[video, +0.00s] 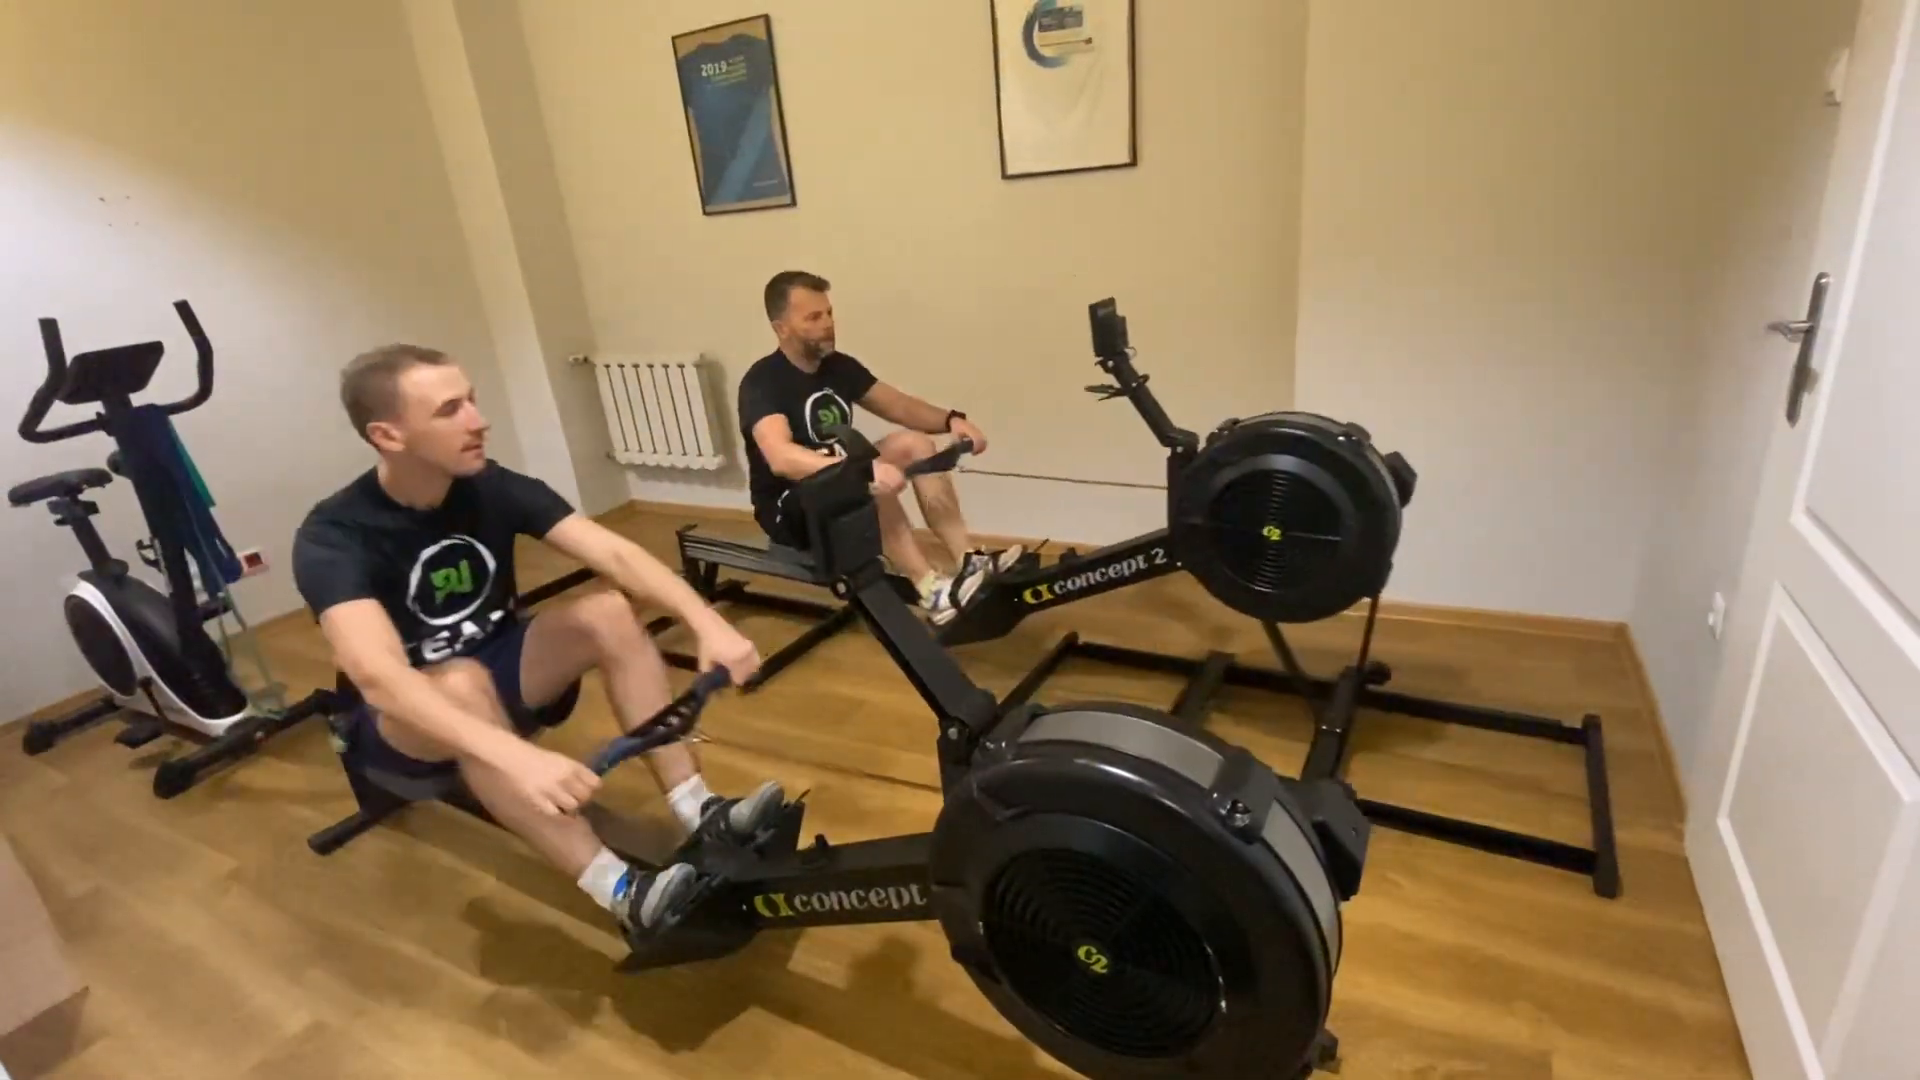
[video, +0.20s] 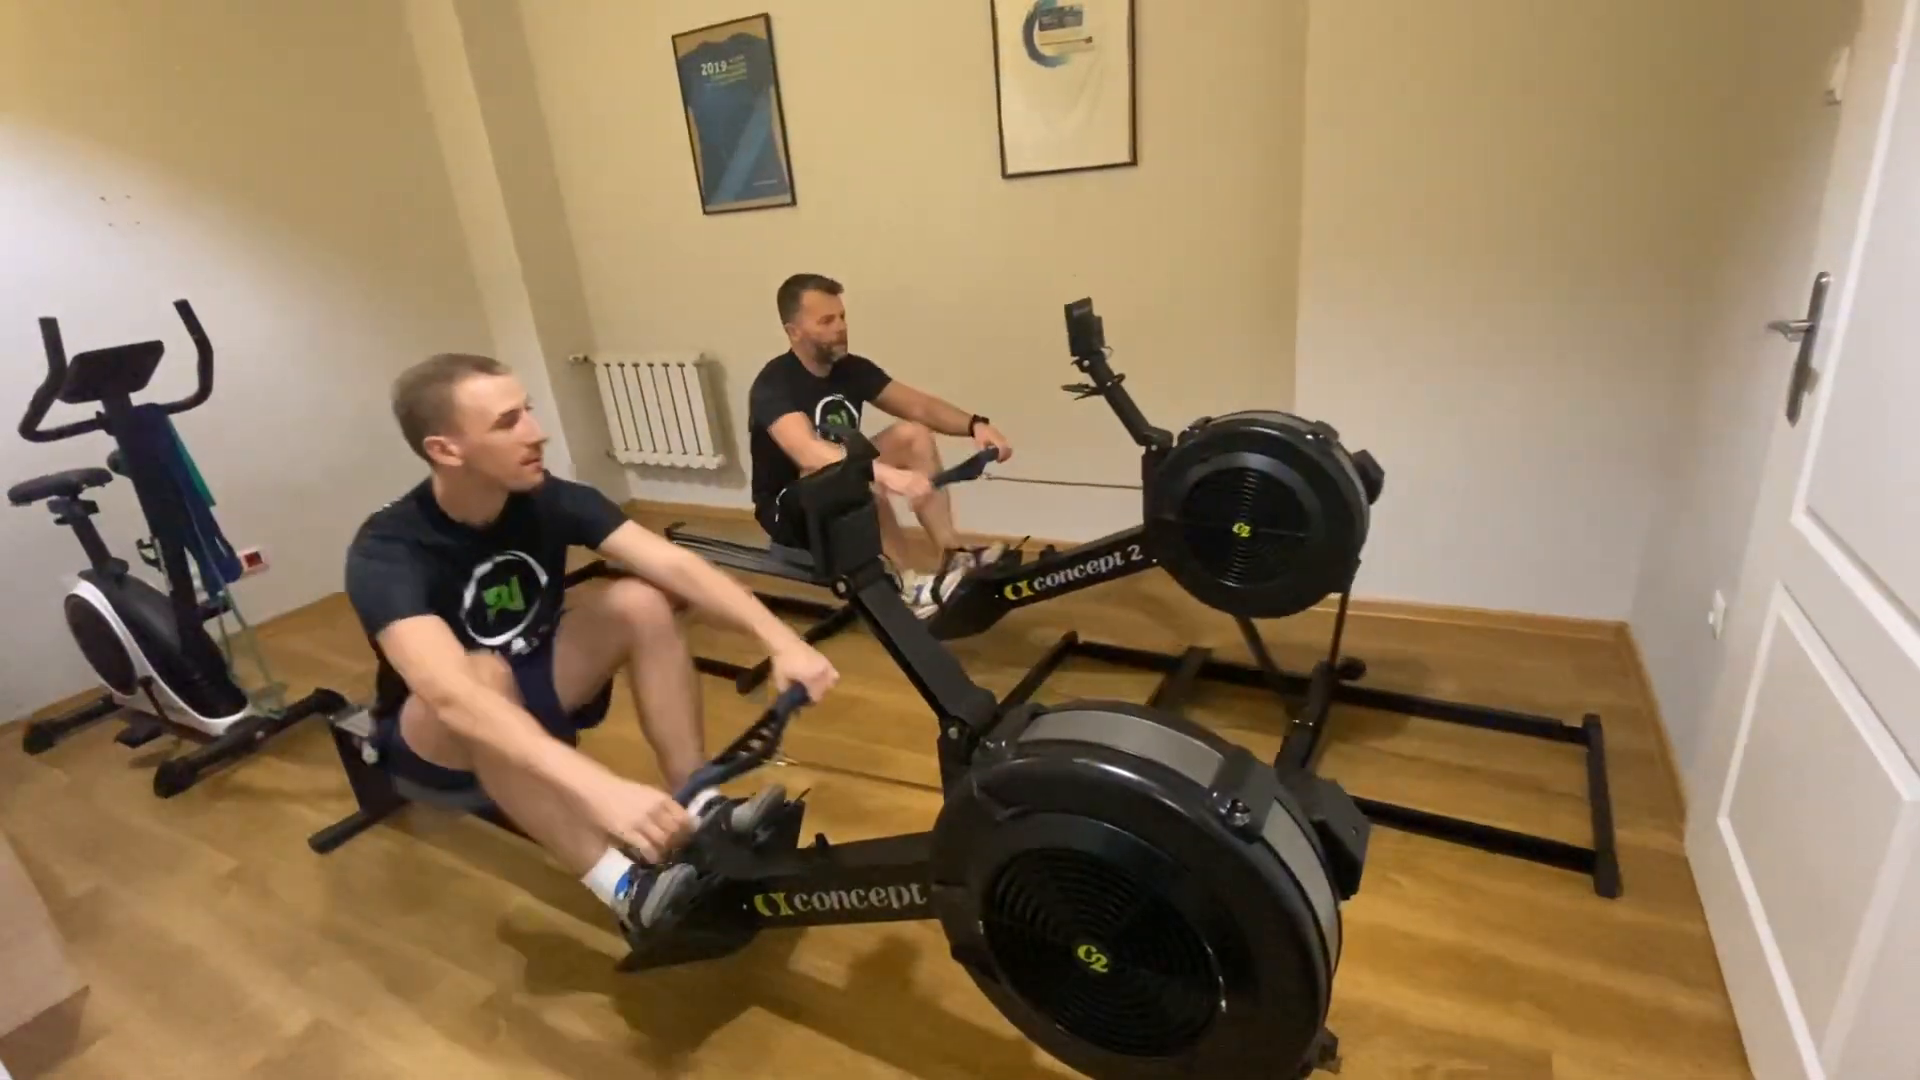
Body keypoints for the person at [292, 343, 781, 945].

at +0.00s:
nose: (478, 421)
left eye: (470, 401)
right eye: (450, 411)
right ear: (387, 437)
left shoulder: (492, 489)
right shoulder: (334, 539)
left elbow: (615, 553)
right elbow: (383, 679)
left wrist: (706, 622)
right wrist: (517, 758)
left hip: (498, 671)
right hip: (403, 714)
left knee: (609, 612)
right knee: (462, 680)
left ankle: (701, 815)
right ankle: (626, 892)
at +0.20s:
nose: (536, 431)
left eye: (528, 412)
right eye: (508, 422)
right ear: (445, 451)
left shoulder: (550, 500)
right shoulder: (387, 553)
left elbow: (673, 566)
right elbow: (456, 698)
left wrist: (780, 639)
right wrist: (602, 791)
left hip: (530, 683)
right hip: (431, 729)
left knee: (641, 604)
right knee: (482, 675)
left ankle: (701, 813)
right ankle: (631, 891)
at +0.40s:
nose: (595, 448)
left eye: (585, 427)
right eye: (566, 437)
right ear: (501, 468)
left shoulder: (604, 516)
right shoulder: (443, 574)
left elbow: (732, 582)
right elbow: (528, 719)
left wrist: (852, 656)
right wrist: (683, 815)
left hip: (564, 711)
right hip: (469, 761)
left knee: (661, 600)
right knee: (502, 692)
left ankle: (707, 804)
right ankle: (626, 889)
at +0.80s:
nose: (546, 430)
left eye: (539, 410)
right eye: (516, 421)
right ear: (453, 449)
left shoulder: (562, 501)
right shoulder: (408, 563)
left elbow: (682, 556)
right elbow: (510, 666)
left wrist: (806, 613)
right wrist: (649, 755)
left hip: (548, 715)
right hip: (448, 758)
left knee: (639, 600)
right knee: (492, 679)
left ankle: (711, 815)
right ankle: (626, 887)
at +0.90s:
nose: (481, 417)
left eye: (478, 395)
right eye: (452, 405)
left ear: (486, 392)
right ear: (393, 430)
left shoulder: (510, 488)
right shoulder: (354, 548)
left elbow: (627, 541)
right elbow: (453, 639)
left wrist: (745, 593)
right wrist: (571, 712)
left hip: (514, 666)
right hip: (412, 717)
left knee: (616, 604)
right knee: (486, 686)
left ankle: (708, 815)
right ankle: (627, 890)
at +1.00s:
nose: (415, 401)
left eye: (416, 382)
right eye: (388, 390)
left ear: (423, 382)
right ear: (332, 414)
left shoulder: (456, 472)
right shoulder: (306, 529)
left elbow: (571, 525)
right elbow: (391, 614)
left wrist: (679, 576)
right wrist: (499, 681)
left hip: (483, 648)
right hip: (382, 696)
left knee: (591, 620)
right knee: (473, 692)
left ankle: (707, 815)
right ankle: (627, 889)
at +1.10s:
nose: (361, 395)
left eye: (361, 377)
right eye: (335, 384)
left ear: (369, 378)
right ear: (279, 405)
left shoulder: (412, 467)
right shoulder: (261, 519)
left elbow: (522, 522)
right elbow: (341, 611)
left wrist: (620, 564)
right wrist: (448, 667)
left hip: (458, 637)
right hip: (363, 678)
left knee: (589, 656)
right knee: (469, 708)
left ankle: (708, 816)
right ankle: (624, 889)